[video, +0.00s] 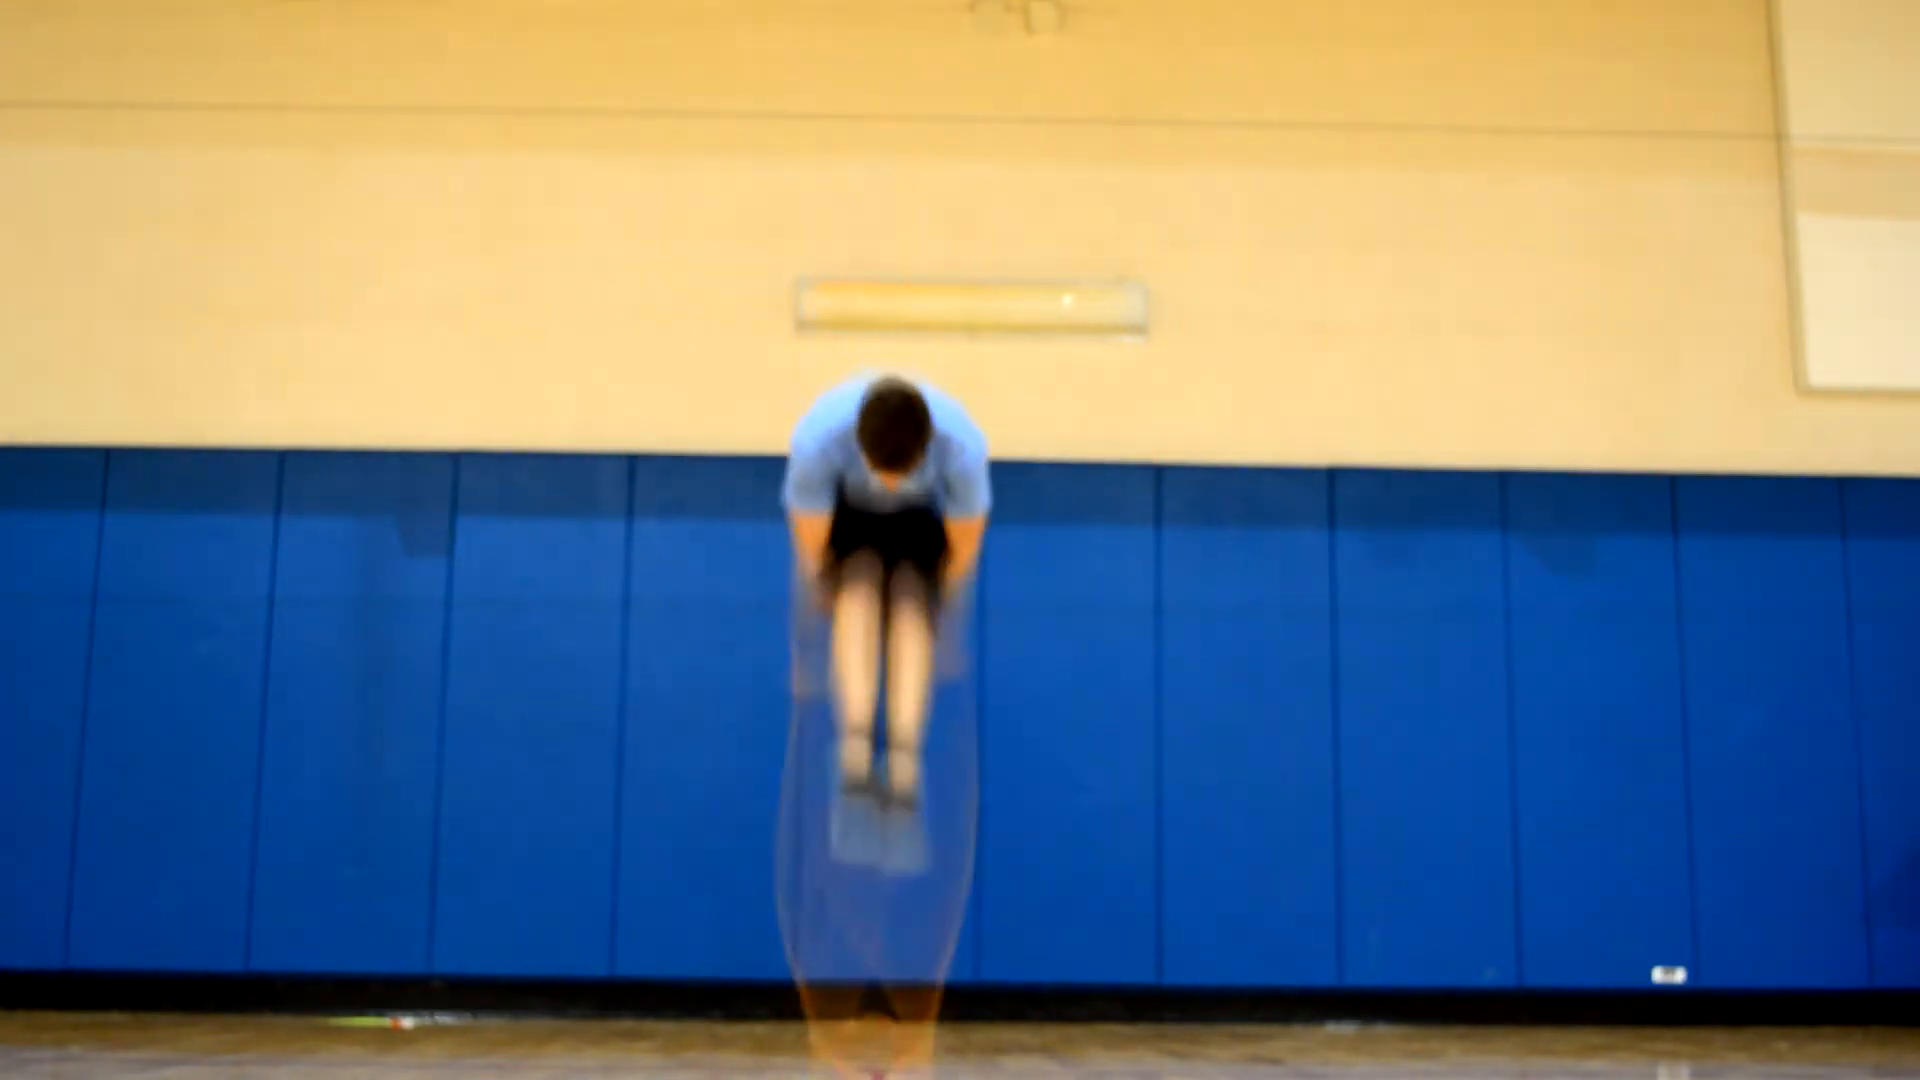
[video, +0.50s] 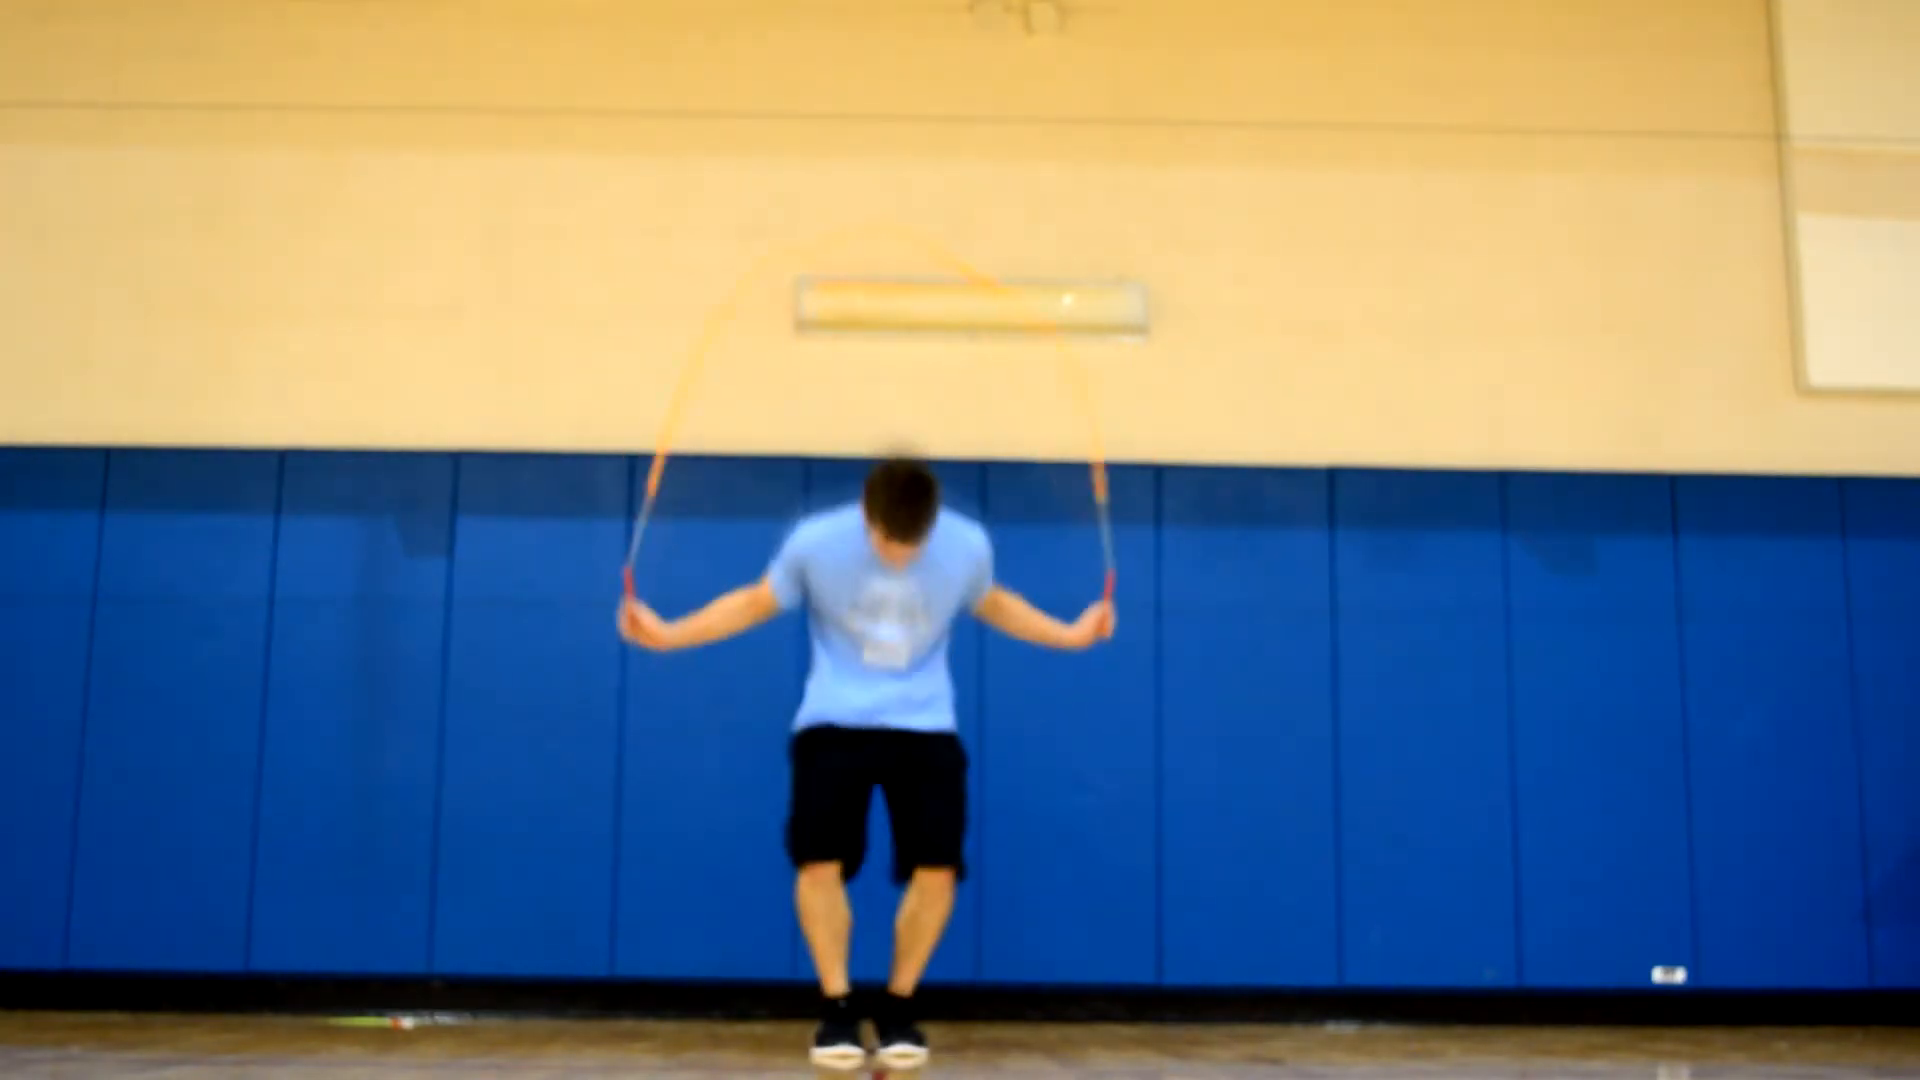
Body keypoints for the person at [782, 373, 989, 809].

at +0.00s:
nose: (890, 481)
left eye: (901, 472)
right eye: (880, 470)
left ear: (925, 448)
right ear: (861, 447)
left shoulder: (964, 450)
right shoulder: (817, 443)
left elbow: (962, 556)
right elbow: (812, 558)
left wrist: (931, 608)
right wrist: (802, 663)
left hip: (923, 509)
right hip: (852, 506)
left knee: (912, 604)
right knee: (856, 597)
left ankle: (905, 753)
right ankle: (855, 742)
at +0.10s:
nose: (894, 499)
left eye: (905, 490)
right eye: (885, 487)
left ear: (930, 465)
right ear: (864, 461)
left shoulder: (965, 465)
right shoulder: (816, 459)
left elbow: (975, 562)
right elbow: (795, 562)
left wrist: (981, 646)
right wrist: (769, 656)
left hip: (921, 552)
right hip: (848, 545)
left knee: (910, 674)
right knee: (850, 662)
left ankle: (905, 844)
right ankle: (851, 837)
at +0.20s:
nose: (898, 524)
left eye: (909, 514)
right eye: (889, 511)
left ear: (932, 486)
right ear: (868, 480)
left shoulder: (965, 485)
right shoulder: (818, 474)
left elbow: (996, 565)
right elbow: (774, 564)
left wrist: (1023, 643)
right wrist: (722, 647)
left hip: (923, 621)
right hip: (840, 617)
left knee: (912, 776)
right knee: (837, 772)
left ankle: (906, 972)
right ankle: (838, 971)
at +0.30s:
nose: (900, 548)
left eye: (912, 539)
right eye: (890, 536)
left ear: (935, 512)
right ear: (869, 505)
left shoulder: (969, 514)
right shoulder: (817, 505)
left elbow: (1006, 579)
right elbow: (764, 576)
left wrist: (1050, 649)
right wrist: (691, 640)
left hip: (923, 696)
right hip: (834, 693)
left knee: (920, 843)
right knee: (827, 839)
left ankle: (898, 1013)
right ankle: (836, 1014)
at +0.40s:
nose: (898, 558)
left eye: (910, 549)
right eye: (888, 546)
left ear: (931, 533)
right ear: (868, 524)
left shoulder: (964, 555)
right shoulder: (819, 552)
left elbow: (998, 600)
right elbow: (758, 603)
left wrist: (1071, 638)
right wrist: (660, 629)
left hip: (924, 722)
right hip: (833, 719)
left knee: (939, 866)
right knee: (814, 858)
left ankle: (898, 1010)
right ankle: (834, 1012)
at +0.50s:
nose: (897, 554)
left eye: (909, 545)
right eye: (887, 541)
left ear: (930, 528)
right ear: (868, 519)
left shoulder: (964, 548)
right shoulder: (818, 544)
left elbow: (989, 603)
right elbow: (758, 601)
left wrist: (1070, 634)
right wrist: (667, 635)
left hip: (925, 724)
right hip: (834, 721)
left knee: (937, 867)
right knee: (818, 861)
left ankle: (898, 1010)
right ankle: (837, 1012)